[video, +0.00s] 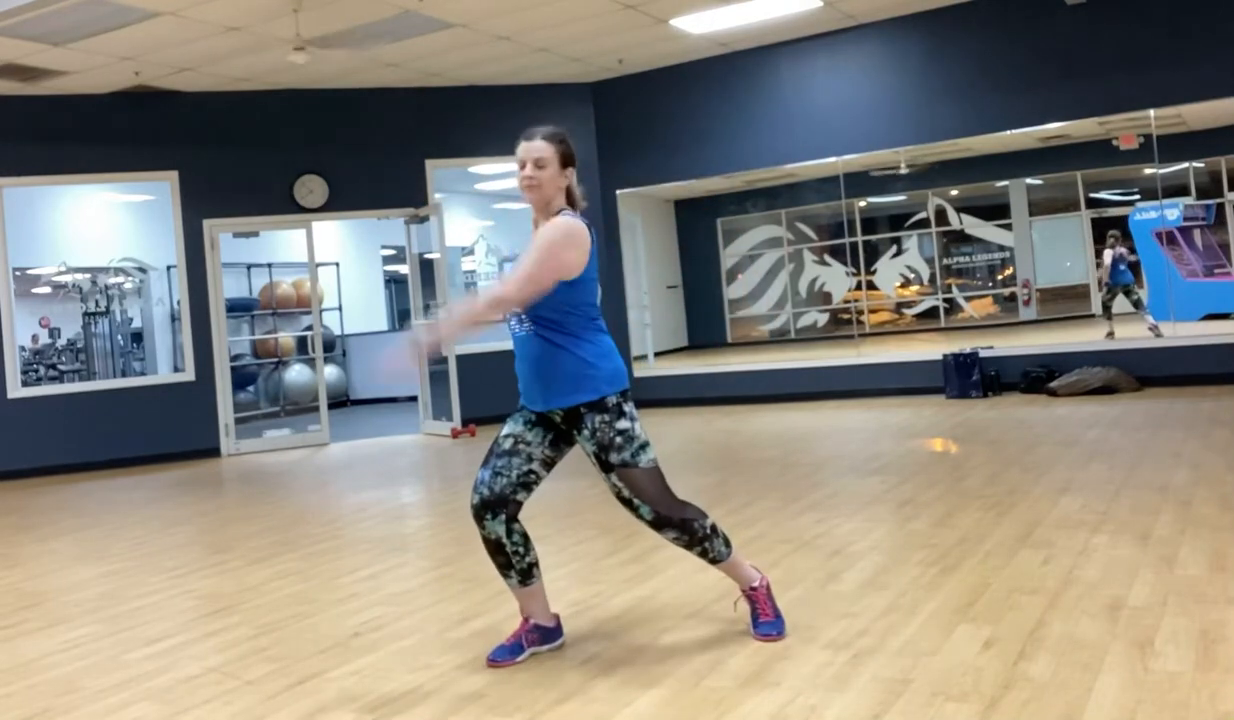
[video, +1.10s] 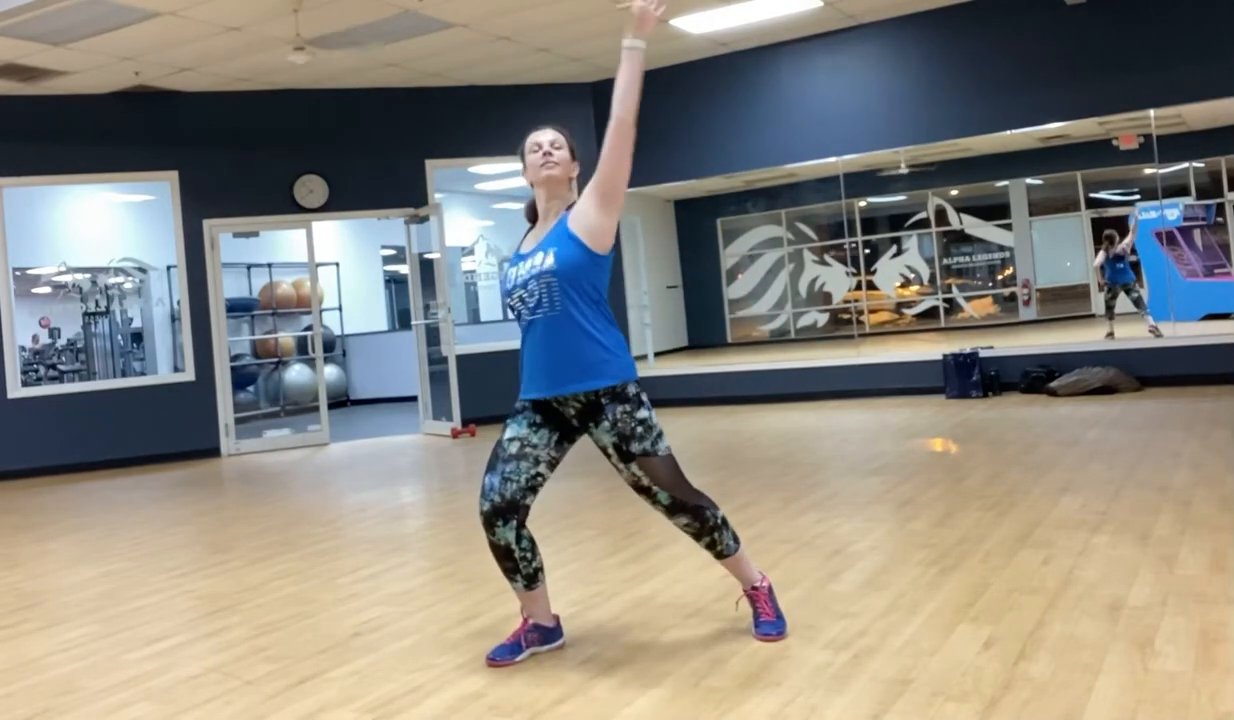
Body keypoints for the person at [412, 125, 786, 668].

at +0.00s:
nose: (526, 174)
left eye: (538, 165)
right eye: (521, 166)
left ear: (566, 174)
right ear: (517, 175)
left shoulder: (567, 231)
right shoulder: (542, 234)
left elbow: (507, 297)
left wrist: (441, 331)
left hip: (597, 398)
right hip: (544, 405)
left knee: (657, 508)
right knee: (491, 502)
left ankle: (753, 581)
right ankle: (540, 620)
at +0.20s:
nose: (528, 163)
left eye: (542, 156)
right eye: (524, 155)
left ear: (570, 174)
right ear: (521, 165)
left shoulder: (557, 220)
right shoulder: (551, 228)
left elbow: (459, 207)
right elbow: (599, 293)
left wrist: (385, 195)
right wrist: (570, 342)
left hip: (593, 396)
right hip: (542, 402)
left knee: (654, 511)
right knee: (495, 502)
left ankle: (750, 580)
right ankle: (538, 622)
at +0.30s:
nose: (526, 162)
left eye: (539, 156)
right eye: (524, 154)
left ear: (570, 174)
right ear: (527, 167)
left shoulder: (559, 216)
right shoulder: (552, 226)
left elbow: (470, 175)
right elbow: (598, 291)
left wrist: (397, 133)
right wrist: (570, 338)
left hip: (591, 397)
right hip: (540, 403)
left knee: (653, 509)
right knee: (495, 506)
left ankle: (750, 581)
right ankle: (540, 620)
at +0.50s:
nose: (528, 151)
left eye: (542, 147)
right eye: (530, 145)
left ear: (567, 169)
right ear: (544, 170)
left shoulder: (565, 209)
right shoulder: (546, 225)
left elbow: (506, 134)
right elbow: (584, 304)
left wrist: (467, 64)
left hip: (593, 398)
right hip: (539, 405)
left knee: (655, 507)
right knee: (496, 506)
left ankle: (752, 582)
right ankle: (539, 620)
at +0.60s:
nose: (531, 153)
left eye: (541, 144)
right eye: (528, 145)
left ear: (565, 161)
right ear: (528, 167)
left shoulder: (573, 212)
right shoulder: (537, 226)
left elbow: (540, 121)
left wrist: (509, 44)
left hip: (595, 398)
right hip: (538, 405)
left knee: (658, 507)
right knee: (496, 506)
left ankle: (752, 581)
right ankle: (539, 620)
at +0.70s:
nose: (532, 153)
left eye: (545, 145)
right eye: (529, 148)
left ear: (569, 161)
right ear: (527, 169)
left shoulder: (577, 217)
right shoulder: (534, 235)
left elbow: (554, 117)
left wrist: (530, 37)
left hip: (597, 399)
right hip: (538, 407)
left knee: (658, 505)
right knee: (496, 505)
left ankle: (753, 582)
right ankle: (540, 621)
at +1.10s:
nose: (547, 152)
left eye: (556, 145)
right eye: (536, 149)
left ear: (574, 162)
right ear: (524, 173)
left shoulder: (592, 214)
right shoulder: (526, 243)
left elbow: (621, 123)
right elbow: (540, 320)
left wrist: (635, 38)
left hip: (607, 394)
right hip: (541, 403)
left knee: (673, 498)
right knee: (498, 508)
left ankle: (755, 587)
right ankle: (540, 621)